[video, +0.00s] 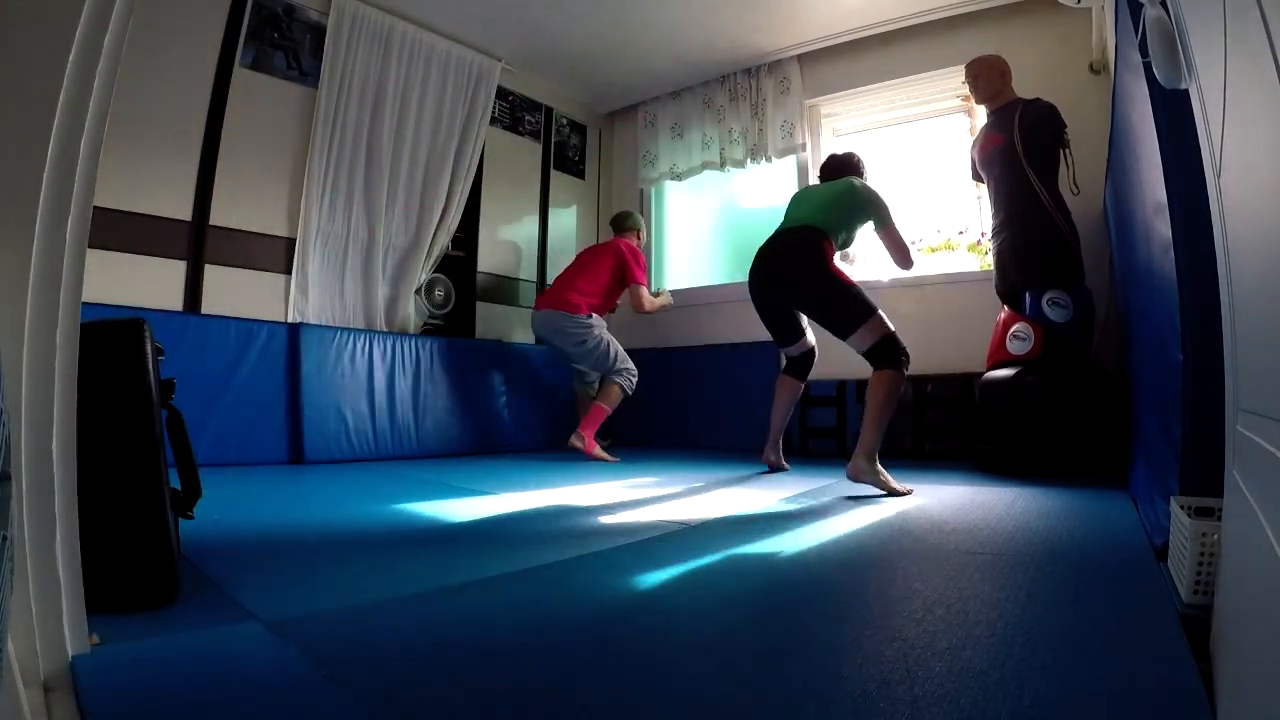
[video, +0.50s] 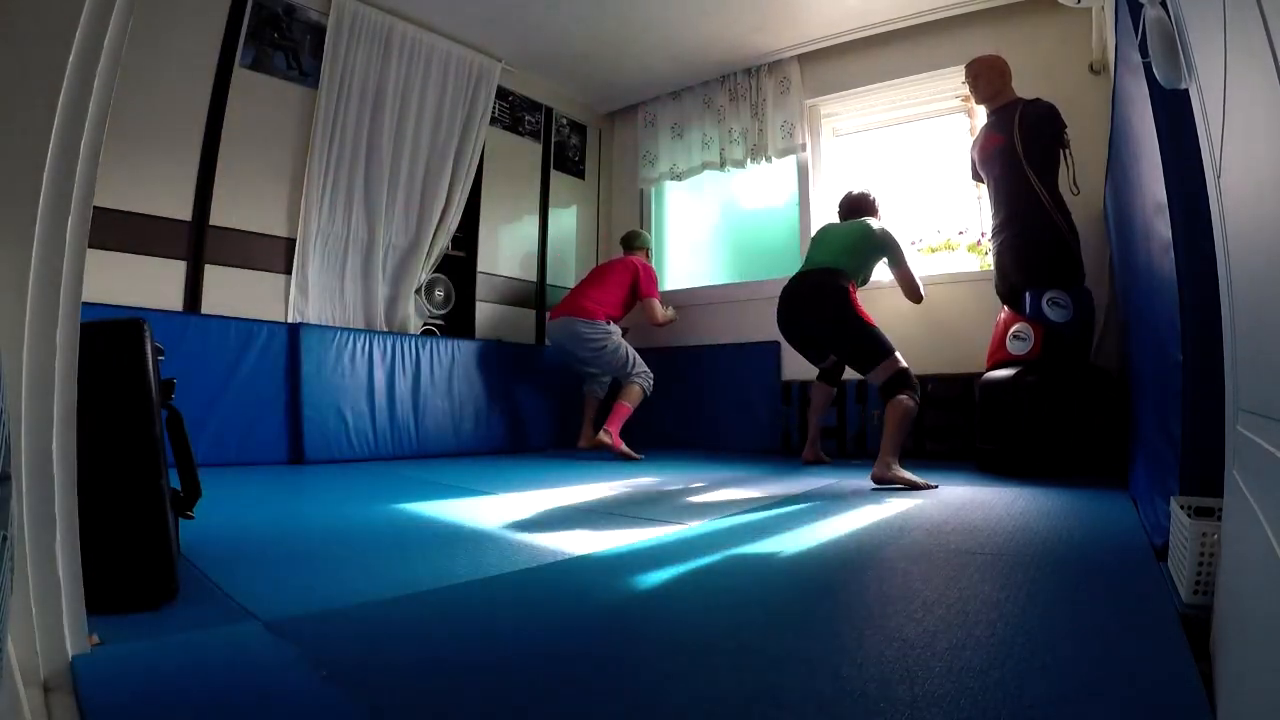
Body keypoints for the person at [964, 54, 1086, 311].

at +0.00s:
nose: (970, 84)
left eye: (976, 75)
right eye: (968, 80)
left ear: (1003, 74)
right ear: (969, 91)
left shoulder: (1037, 112)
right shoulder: (980, 142)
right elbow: (978, 176)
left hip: (1050, 247)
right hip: (1009, 256)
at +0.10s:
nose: (970, 84)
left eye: (976, 76)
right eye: (968, 81)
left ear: (1003, 74)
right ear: (969, 91)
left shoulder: (1037, 112)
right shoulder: (980, 142)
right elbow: (978, 176)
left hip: (1050, 248)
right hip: (1010, 256)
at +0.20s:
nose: (970, 84)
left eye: (976, 75)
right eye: (967, 80)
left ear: (1003, 74)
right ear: (969, 91)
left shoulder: (1037, 112)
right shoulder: (980, 142)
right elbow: (978, 176)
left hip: (1051, 248)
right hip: (1010, 257)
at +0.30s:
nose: (970, 84)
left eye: (976, 75)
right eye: (967, 80)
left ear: (1003, 75)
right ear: (969, 91)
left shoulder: (1037, 112)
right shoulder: (980, 142)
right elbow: (977, 175)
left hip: (1051, 246)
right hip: (1008, 254)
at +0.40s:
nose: (970, 84)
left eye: (976, 75)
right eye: (968, 80)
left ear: (1002, 75)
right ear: (969, 90)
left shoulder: (1037, 112)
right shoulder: (980, 142)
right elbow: (978, 175)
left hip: (1051, 248)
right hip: (1010, 256)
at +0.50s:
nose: (970, 84)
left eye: (976, 75)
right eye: (967, 81)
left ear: (1002, 75)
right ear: (969, 91)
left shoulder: (1037, 112)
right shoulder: (980, 142)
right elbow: (977, 175)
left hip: (1051, 247)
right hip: (1010, 256)